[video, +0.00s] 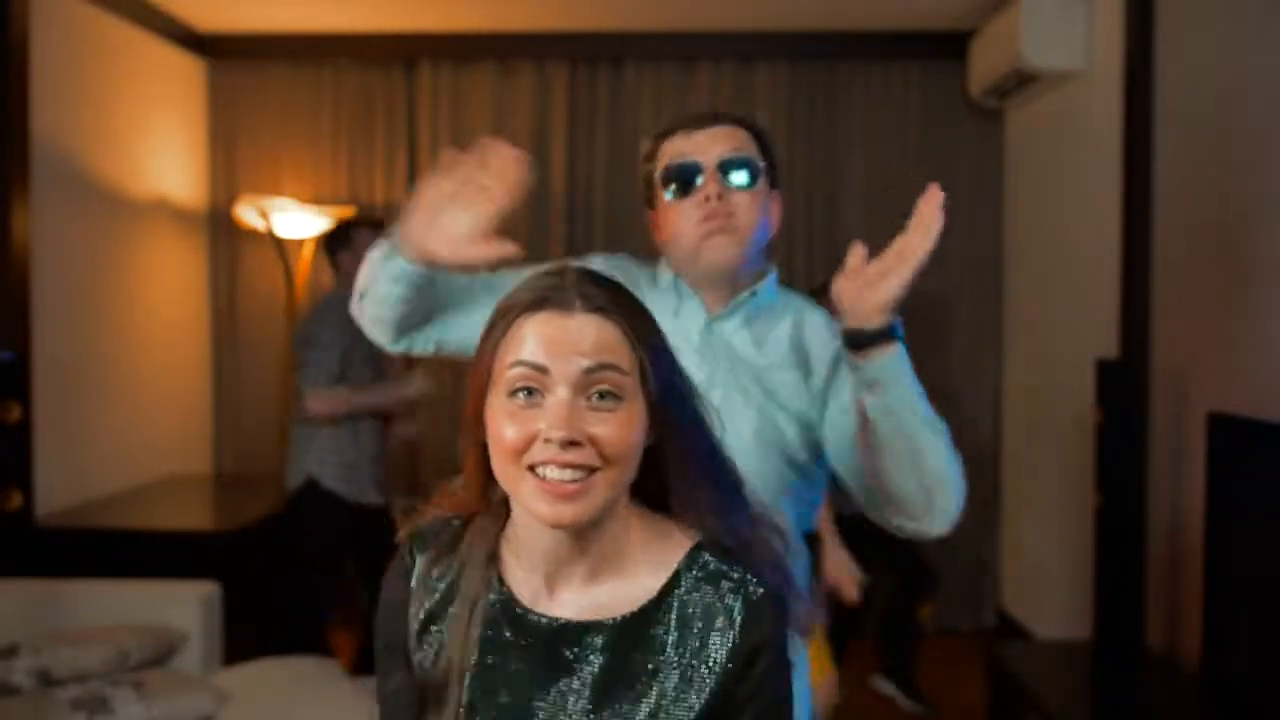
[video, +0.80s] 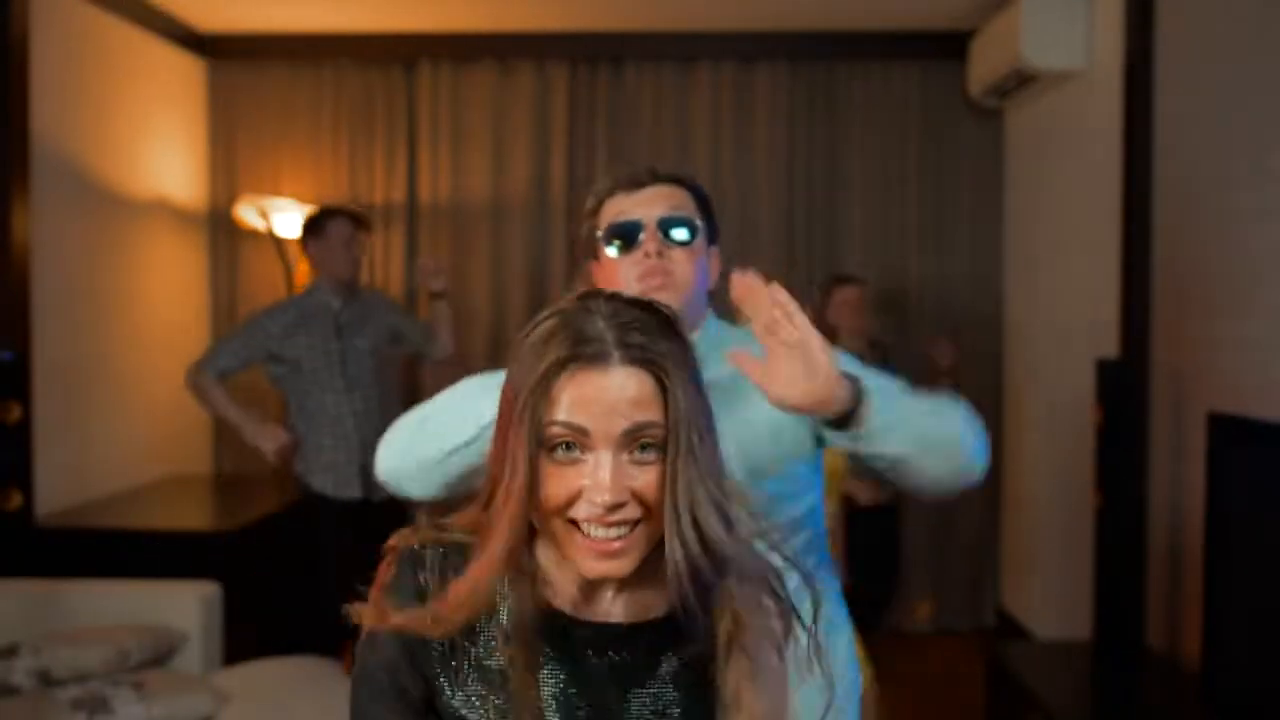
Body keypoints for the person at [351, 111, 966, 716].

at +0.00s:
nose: (712, 193)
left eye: (737, 174)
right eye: (684, 180)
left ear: (774, 210)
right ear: (653, 220)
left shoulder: (812, 337)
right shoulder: (606, 293)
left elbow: (927, 511)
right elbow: (396, 321)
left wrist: (872, 341)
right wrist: (413, 256)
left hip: (765, 622)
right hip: (602, 615)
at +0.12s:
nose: (677, 200)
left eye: (705, 186)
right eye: (650, 188)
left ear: (742, 228)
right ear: (619, 230)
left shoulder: (821, 346)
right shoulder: (579, 335)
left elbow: (1012, 457)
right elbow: (366, 325)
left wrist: (929, 349)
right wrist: (489, 278)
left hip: (767, 677)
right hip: (597, 674)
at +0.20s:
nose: (657, 187)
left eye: (685, 171)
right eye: (632, 173)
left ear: (724, 214)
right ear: (600, 219)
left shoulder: (817, 315)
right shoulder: (565, 313)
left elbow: (1037, 387)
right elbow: (359, 315)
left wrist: (986, 347)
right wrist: (511, 287)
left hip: (767, 677)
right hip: (586, 672)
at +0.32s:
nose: (633, 187)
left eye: (663, 172)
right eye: (609, 173)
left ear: (705, 212)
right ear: (581, 208)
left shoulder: (778, 283)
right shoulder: (551, 306)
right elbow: (365, 285)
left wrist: (1054, 307)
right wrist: (550, 309)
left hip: (778, 646)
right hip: (580, 654)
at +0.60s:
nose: (636, 228)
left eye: (661, 209)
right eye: (607, 213)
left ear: (699, 234)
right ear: (578, 245)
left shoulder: (769, 296)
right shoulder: (566, 326)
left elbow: (961, 226)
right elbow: (410, 346)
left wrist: (996, 333)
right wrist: (635, 324)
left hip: (791, 645)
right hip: (628, 647)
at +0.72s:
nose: (643, 247)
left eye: (668, 229)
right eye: (617, 232)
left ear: (705, 259)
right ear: (588, 263)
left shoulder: (780, 338)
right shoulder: (565, 364)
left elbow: (989, 346)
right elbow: (413, 418)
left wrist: (911, 394)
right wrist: (597, 357)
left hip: (788, 684)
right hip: (620, 685)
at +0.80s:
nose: (651, 249)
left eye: (675, 231)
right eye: (624, 237)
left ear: (712, 262)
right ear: (594, 273)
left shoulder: (780, 362)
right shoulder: (569, 384)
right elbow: (400, 465)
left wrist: (843, 401)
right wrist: (562, 381)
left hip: (793, 688)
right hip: (625, 692)